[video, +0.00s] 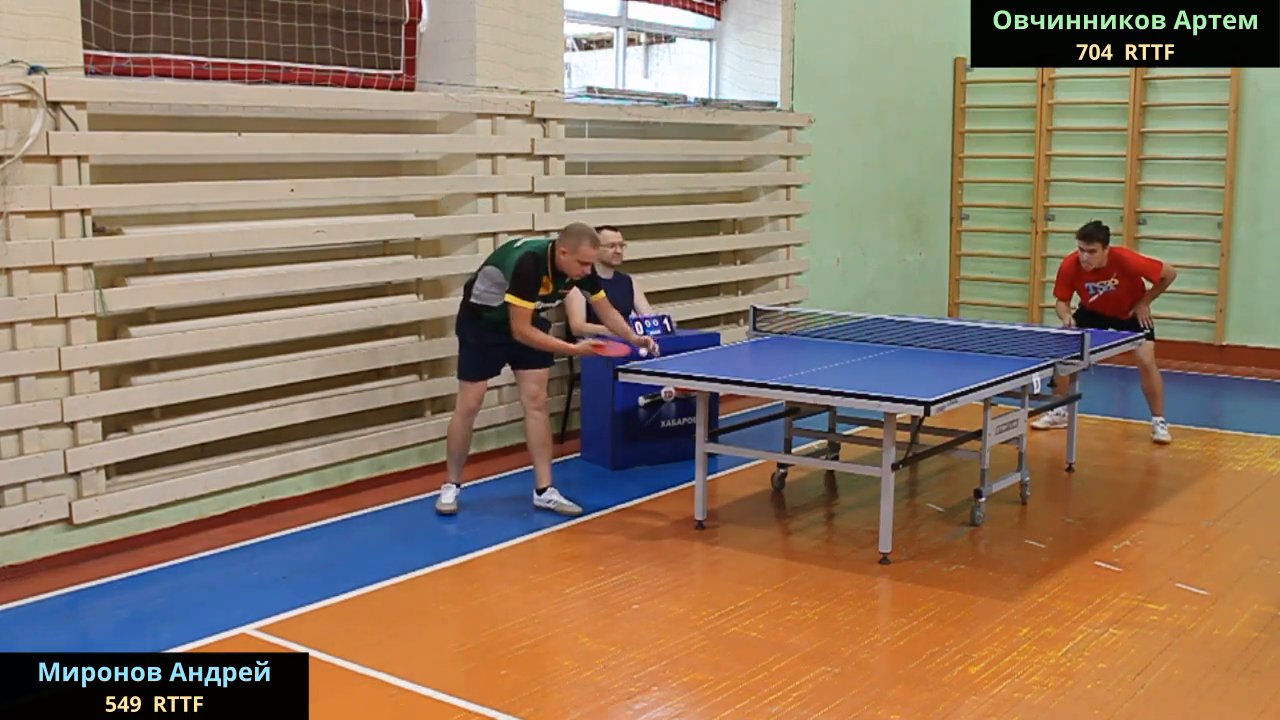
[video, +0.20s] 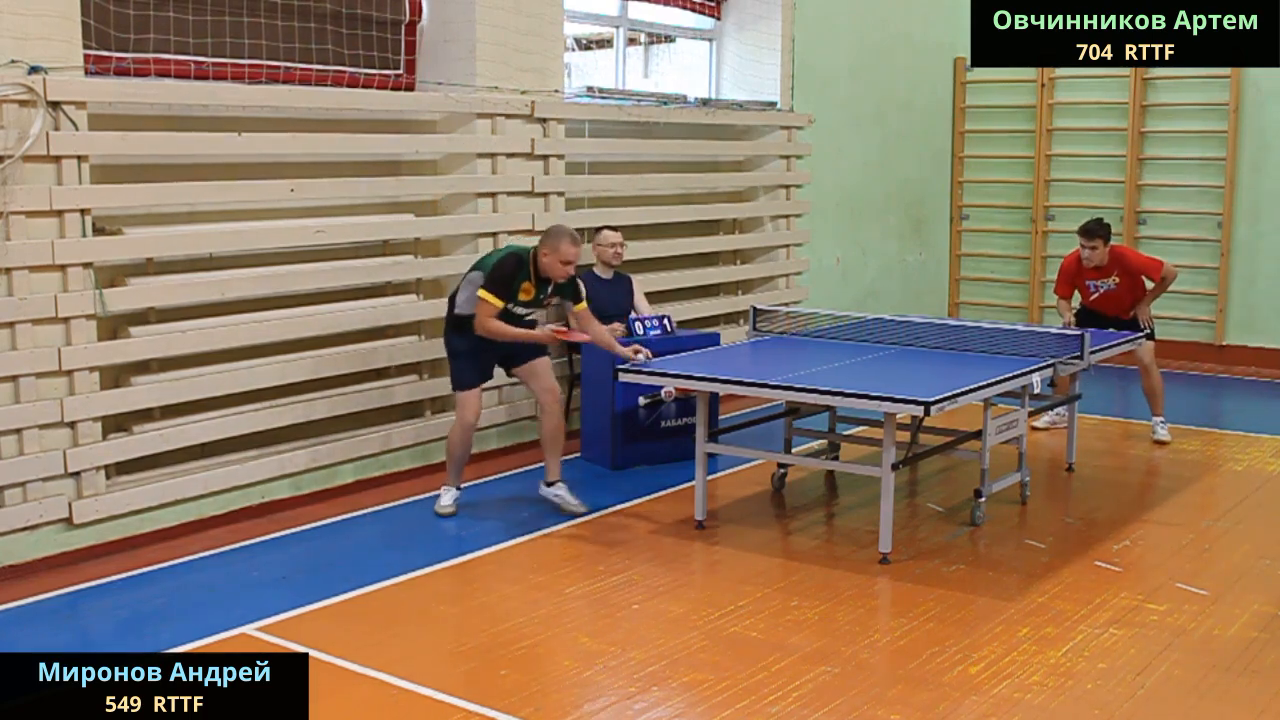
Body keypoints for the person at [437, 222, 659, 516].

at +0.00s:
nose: (588, 271)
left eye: (591, 265)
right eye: (583, 264)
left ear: (593, 259)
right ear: (562, 253)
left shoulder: (580, 268)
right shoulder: (529, 262)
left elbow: (606, 309)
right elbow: (521, 330)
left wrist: (632, 337)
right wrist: (572, 349)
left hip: (526, 322)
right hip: (481, 321)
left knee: (536, 400)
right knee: (469, 404)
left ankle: (544, 490)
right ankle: (451, 485)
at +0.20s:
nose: (571, 271)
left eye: (574, 264)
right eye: (566, 263)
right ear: (543, 254)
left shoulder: (565, 279)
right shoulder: (509, 266)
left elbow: (588, 323)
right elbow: (481, 324)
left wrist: (622, 351)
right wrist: (535, 336)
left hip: (516, 328)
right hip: (468, 330)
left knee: (551, 396)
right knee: (468, 416)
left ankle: (553, 483)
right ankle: (451, 487)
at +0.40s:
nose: (566, 280)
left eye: (569, 273)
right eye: (559, 273)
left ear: (569, 273)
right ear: (536, 271)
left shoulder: (561, 297)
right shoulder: (503, 283)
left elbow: (588, 341)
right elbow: (476, 339)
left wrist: (630, 353)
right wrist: (524, 326)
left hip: (513, 352)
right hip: (469, 357)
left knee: (562, 409)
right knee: (477, 440)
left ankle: (596, 496)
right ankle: (452, 490)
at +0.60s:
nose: (566, 277)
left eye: (567, 270)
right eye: (558, 271)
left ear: (568, 269)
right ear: (534, 273)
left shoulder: (567, 296)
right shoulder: (499, 297)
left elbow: (608, 333)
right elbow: (475, 352)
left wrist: (647, 336)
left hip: (535, 363)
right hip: (491, 367)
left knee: (587, 411)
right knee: (493, 457)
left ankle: (599, 498)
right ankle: (457, 487)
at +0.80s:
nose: (558, 248)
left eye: (558, 240)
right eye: (549, 241)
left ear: (556, 243)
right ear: (525, 247)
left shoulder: (565, 271)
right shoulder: (493, 275)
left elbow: (613, 298)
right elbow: (445, 312)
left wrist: (634, 289)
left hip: (541, 359)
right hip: (495, 365)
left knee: (588, 410)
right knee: (489, 451)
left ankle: (600, 498)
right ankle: (454, 488)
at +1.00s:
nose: (564, 239)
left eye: (568, 232)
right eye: (555, 233)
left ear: (572, 235)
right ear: (535, 236)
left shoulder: (577, 268)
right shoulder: (511, 257)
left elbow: (610, 290)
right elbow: (457, 272)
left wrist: (638, 291)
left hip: (539, 348)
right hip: (492, 354)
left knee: (597, 387)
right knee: (483, 445)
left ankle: (587, 476)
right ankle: (455, 489)